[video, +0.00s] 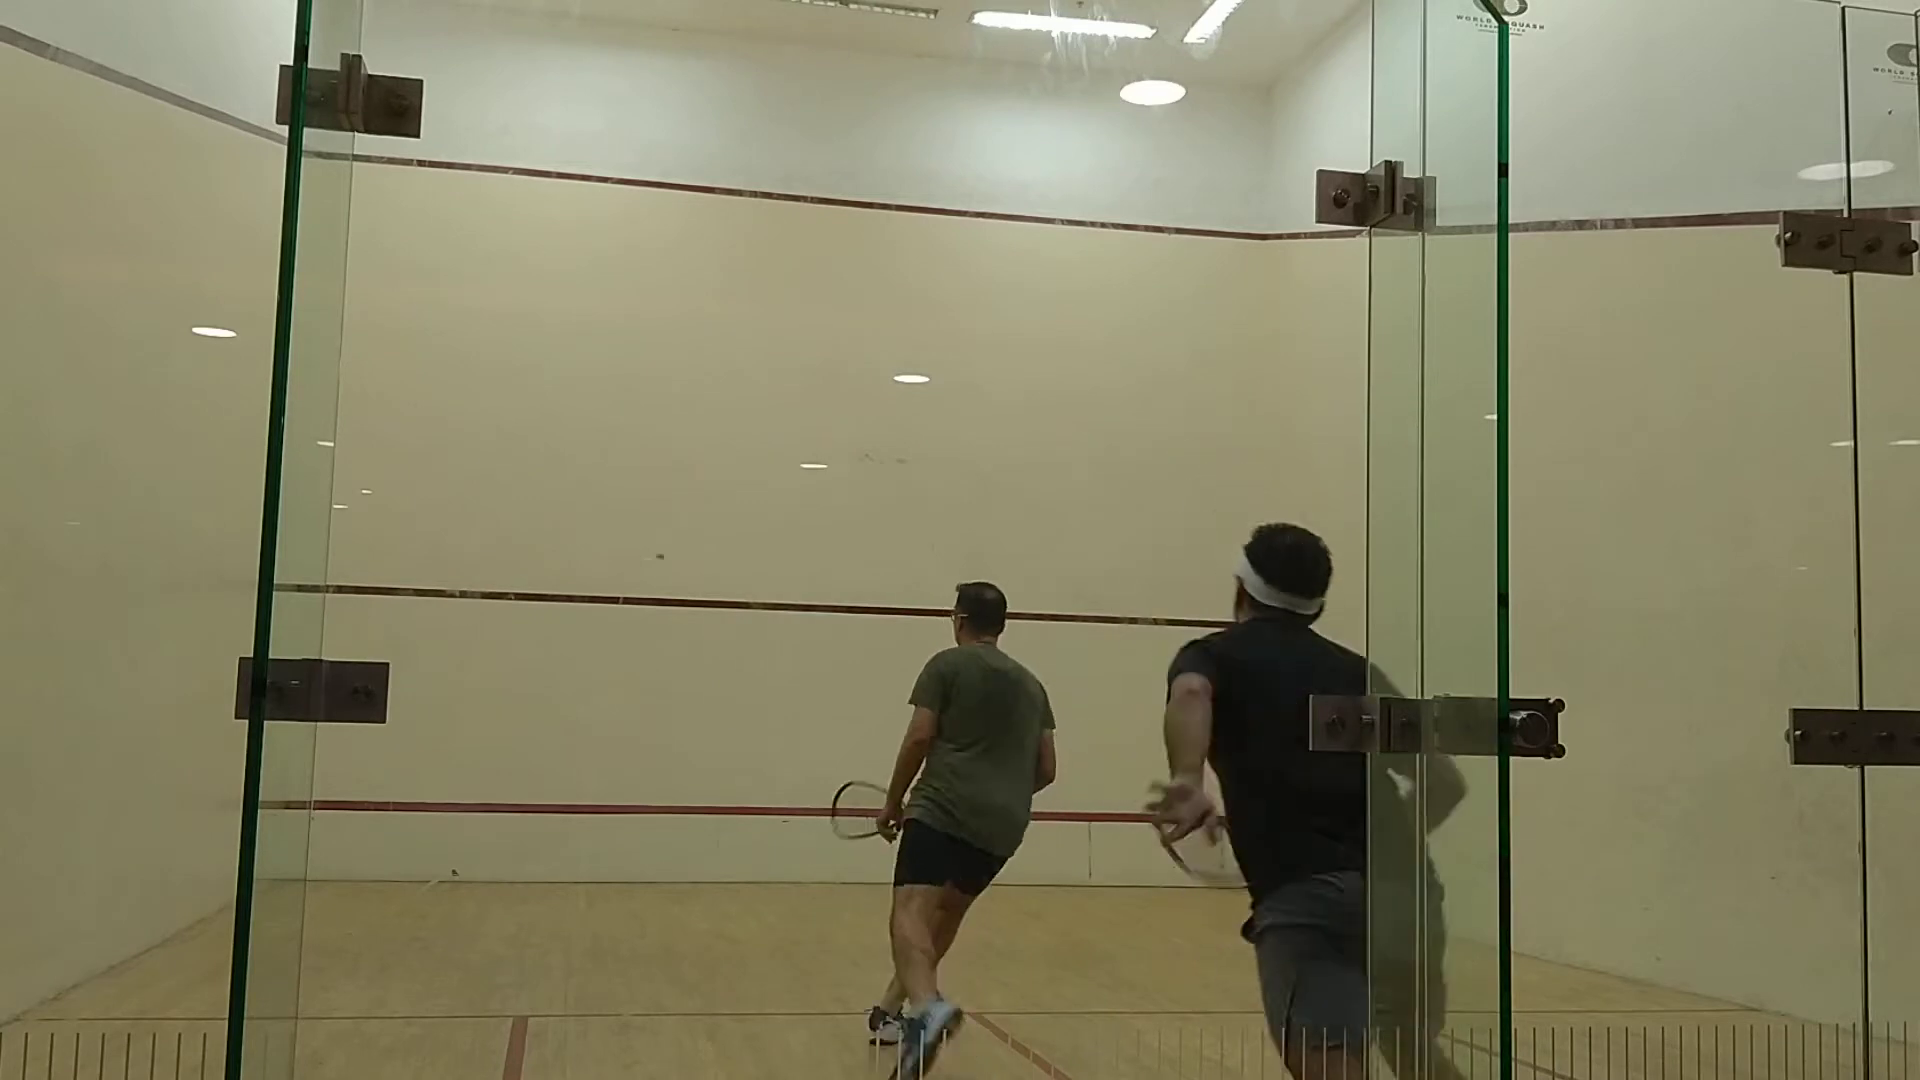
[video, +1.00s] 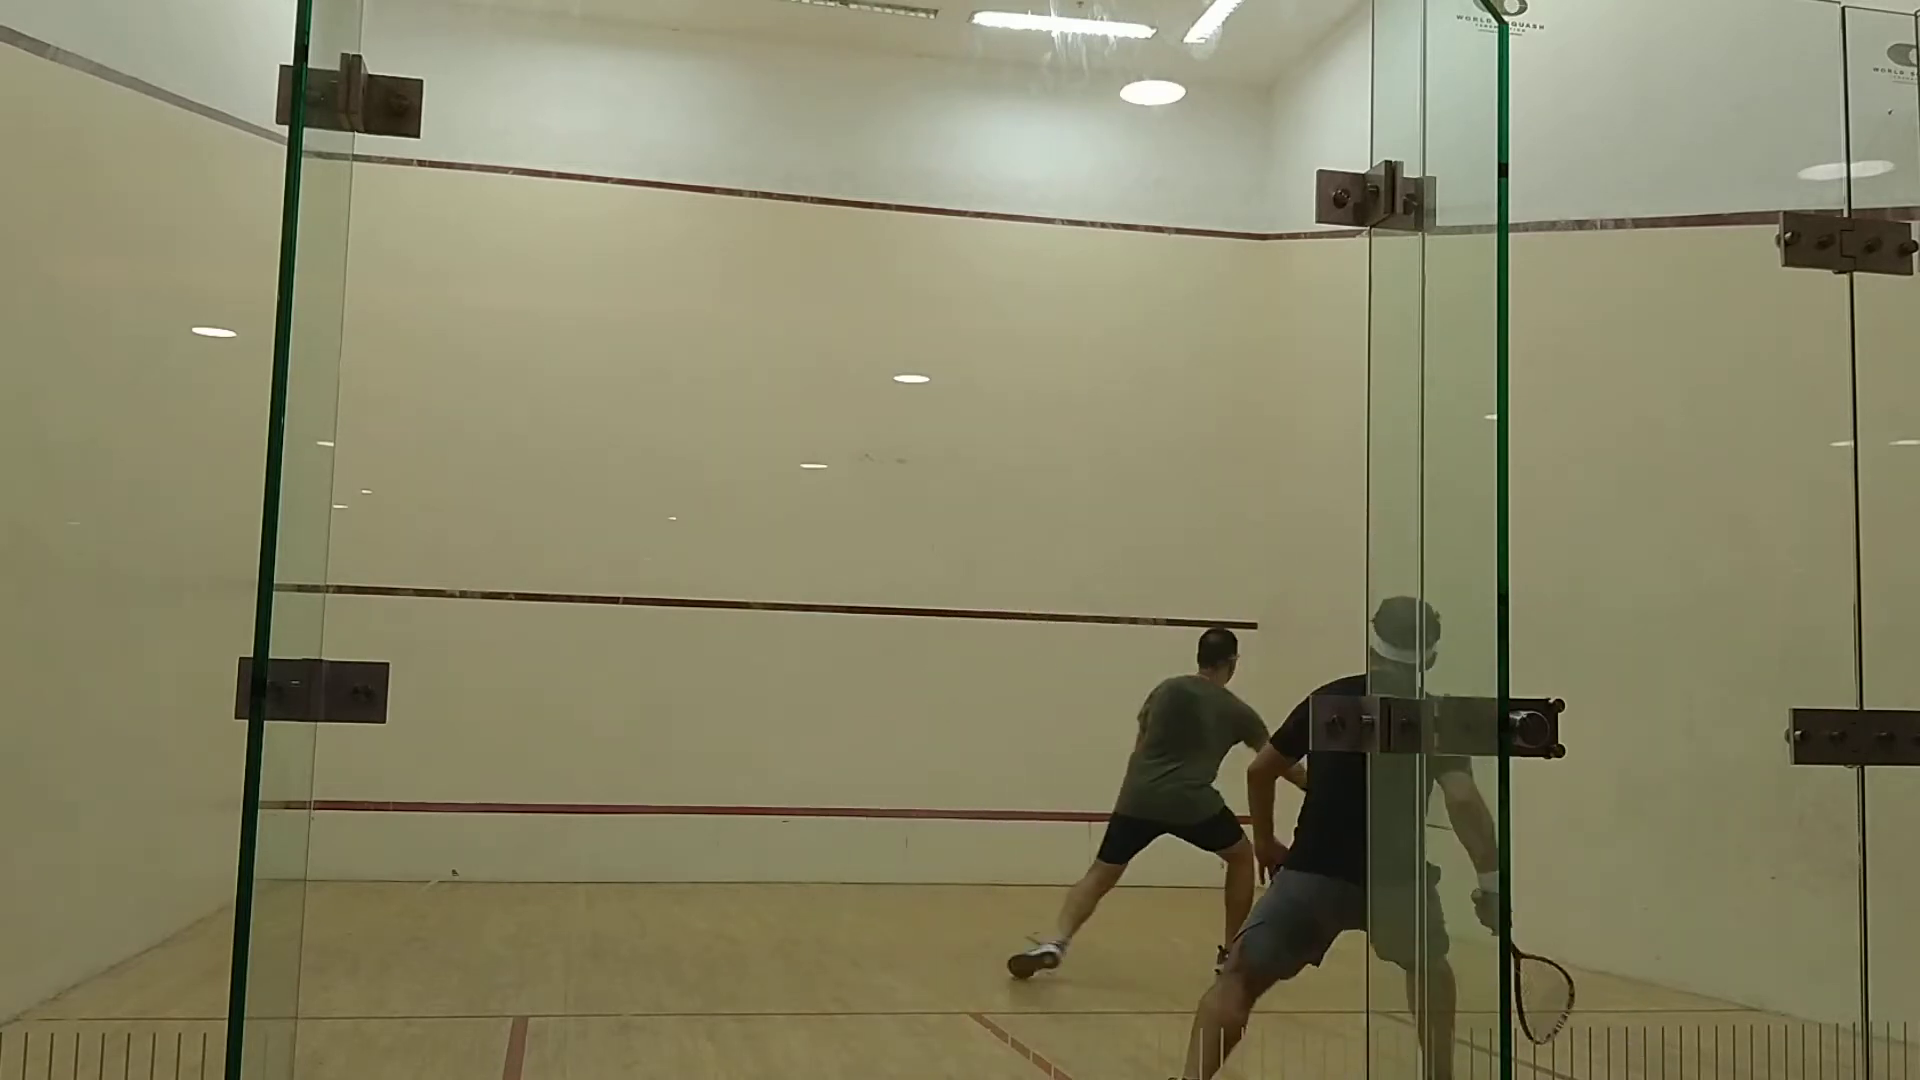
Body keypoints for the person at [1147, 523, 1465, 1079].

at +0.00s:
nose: (1233, 587)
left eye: (1236, 581)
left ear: (1241, 592)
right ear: (1318, 607)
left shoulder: (1210, 653)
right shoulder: (1359, 669)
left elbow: (1191, 692)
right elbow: (1446, 781)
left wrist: (1188, 782)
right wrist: (1385, 839)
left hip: (1302, 902)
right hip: (1404, 891)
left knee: (1330, 1068)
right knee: (1418, 1053)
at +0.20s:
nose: (1288, 544)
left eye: (1290, 537)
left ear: (1294, 546)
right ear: (1365, 549)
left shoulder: (1264, 613)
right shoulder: (1423, 616)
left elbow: (1221, 691)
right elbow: (1481, 723)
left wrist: (1209, 795)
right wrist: (1517, 825)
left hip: (1331, 829)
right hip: (1437, 828)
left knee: (1316, 1007)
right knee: (1449, 1014)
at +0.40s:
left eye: (1325, 549)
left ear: (1325, 555)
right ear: (1391, 559)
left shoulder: (1286, 625)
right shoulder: (1431, 631)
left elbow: (1235, 692)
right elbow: (1499, 723)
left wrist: (1200, 776)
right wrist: (1545, 809)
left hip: (1322, 847)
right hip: (1415, 845)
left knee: (1329, 990)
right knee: (1433, 1003)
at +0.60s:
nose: (1357, 554)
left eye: (1351, 545)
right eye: (1391, 551)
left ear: (1350, 550)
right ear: (1411, 556)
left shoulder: (1305, 617)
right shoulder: (1436, 630)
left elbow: (1233, 687)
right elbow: (1474, 730)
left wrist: (1207, 779)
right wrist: (1503, 818)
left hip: (1316, 823)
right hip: (1405, 828)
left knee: (1316, 961)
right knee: (1424, 969)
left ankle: (1309, 1076)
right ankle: (1419, 1076)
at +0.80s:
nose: (1424, 612)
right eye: (1428, 603)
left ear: (1376, 598)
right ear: (1435, 607)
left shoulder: (1333, 661)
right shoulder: (1452, 678)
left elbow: (1255, 719)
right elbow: (1479, 768)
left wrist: (1259, 776)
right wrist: (1501, 841)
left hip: (1332, 838)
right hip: (1411, 848)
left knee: (1260, 960)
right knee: (1421, 968)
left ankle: (1219, 1073)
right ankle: (1440, 1074)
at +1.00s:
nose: (1429, 653)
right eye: (1429, 646)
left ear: (1377, 641)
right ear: (1431, 651)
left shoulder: (1330, 699)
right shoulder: (1434, 713)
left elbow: (1260, 772)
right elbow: (1463, 799)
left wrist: (1265, 840)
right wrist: (1491, 883)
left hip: (1316, 870)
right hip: (1397, 877)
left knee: (1241, 976)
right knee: (1432, 970)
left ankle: (1196, 1073)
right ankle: (1439, 1074)